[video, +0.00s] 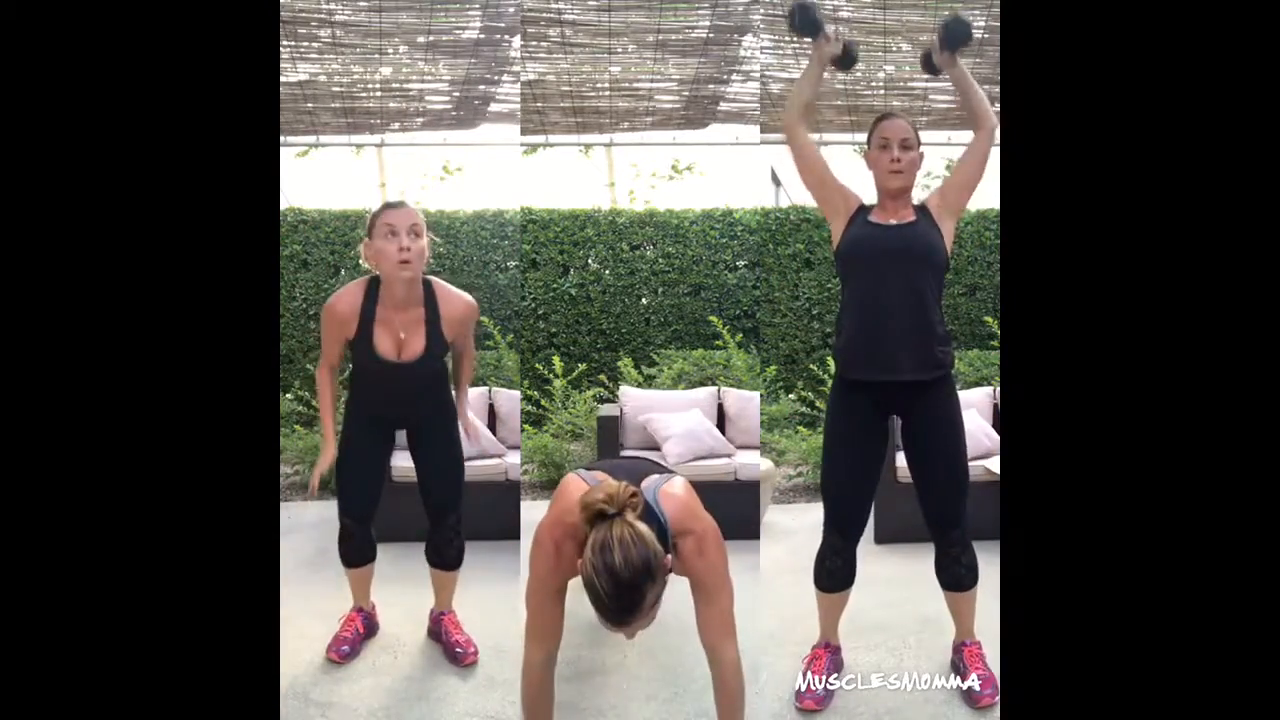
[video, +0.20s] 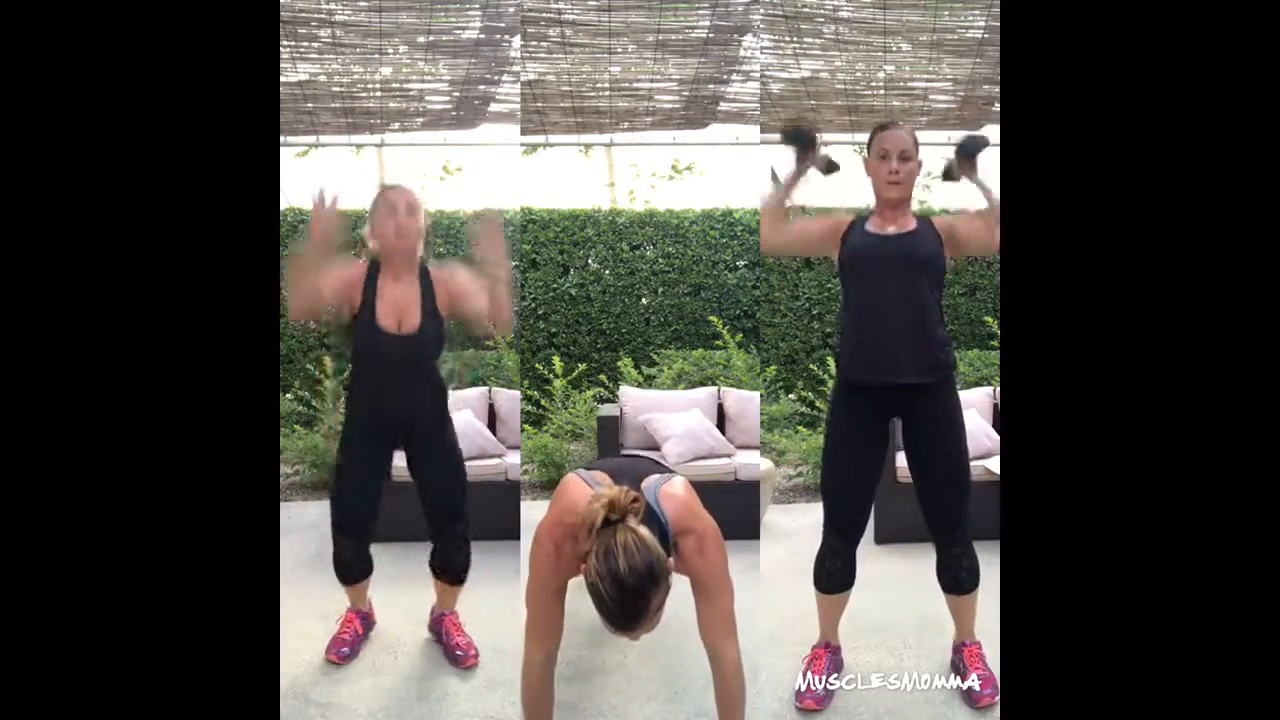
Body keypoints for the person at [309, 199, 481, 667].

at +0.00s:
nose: (405, 244)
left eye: (414, 233)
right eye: (391, 235)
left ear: (427, 245)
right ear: (369, 252)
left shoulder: (456, 307)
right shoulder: (345, 306)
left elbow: (464, 354)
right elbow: (327, 368)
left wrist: (461, 408)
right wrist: (328, 440)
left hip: (433, 413)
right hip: (368, 414)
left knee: (447, 518)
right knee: (353, 517)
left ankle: (444, 615)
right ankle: (362, 612)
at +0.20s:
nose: (401, 219)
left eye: (410, 210)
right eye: (390, 211)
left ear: (424, 226)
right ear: (372, 229)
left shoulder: (445, 280)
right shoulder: (356, 276)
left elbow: (499, 320)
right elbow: (301, 306)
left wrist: (496, 262)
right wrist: (315, 248)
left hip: (429, 421)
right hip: (366, 421)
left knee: (452, 521)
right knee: (349, 522)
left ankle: (445, 616)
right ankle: (360, 612)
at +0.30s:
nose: (400, 144)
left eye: (406, 134)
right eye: (389, 135)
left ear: (420, 144)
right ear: (373, 147)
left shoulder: (440, 216)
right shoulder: (350, 207)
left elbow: (507, 215)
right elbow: (287, 192)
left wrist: (485, 140)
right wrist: (291, 125)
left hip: (426, 372)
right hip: (364, 372)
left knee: (442, 488)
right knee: (354, 487)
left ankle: (452, 604)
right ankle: (351, 601)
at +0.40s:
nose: (393, 86)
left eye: (402, 75)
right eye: (384, 75)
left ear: (416, 81)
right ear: (370, 81)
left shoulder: (441, 149)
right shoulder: (344, 137)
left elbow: (501, 209)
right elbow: (288, 189)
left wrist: (499, 148)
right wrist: (284, 156)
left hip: (421, 301)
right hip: (359, 300)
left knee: (446, 427)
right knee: (343, 424)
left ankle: (472, 547)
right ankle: (339, 539)